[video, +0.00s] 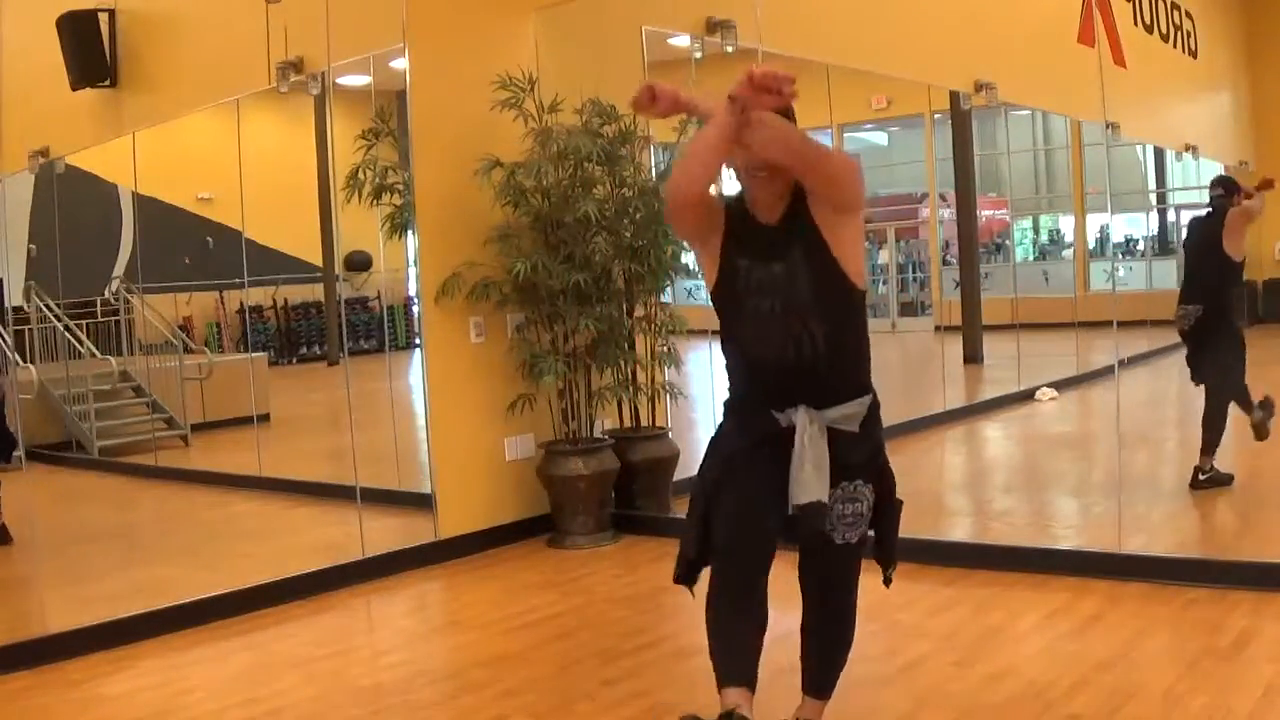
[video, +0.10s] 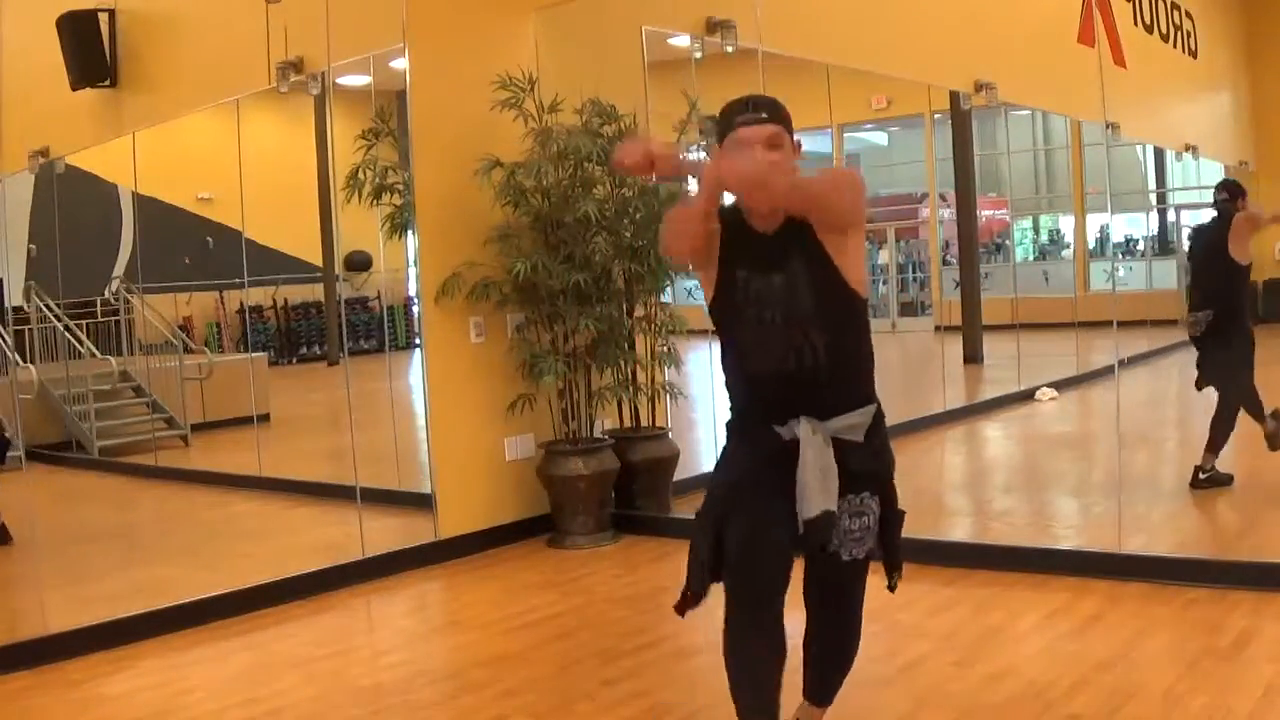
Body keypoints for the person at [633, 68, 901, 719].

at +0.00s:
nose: (752, 138)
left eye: (764, 128)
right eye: (741, 128)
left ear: (792, 136)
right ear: (727, 141)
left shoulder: (837, 200)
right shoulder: (714, 226)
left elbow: (774, 138)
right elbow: (683, 192)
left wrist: (694, 103)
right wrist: (738, 104)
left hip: (841, 425)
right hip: (753, 424)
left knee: (830, 580)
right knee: (736, 564)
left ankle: (812, 710)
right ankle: (735, 705)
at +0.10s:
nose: (762, 159)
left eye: (774, 145)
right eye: (744, 148)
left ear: (797, 153)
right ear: (719, 160)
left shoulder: (840, 199)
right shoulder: (710, 232)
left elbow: (771, 186)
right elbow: (678, 241)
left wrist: (675, 161)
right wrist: (708, 173)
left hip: (848, 438)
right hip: (760, 442)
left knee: (836, 599)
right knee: (750, 599)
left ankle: (813, 710)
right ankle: (757, 716)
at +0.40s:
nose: (719, 146)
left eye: (732, 133)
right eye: (698, 142)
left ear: (761, 156)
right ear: (683, 179)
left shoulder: (835, 244)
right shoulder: (675, 276)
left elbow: (916, 333)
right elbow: (663, 373)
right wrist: (649, 454)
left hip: (840, 481)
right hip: (745, 484)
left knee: (833, 641)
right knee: (756, 657)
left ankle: (817, 709)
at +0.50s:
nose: (703, 138)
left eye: (718, 124)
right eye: (683, 134)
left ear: (750, 145)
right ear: (669, 169)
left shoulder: (830, 225)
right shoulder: (665, 254)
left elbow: (927, 251)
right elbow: (663, 309)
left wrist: (971, 292)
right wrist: (654, 335)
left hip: (831, 474)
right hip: (738, 476)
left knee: (828, 644)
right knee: (750, 661)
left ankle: (832, 706)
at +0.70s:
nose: (687, 128)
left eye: (705, 110)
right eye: (668, 119)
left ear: (742, 129)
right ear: (653, 150)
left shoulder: (819, 218)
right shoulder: (651, 233)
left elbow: (924, 246)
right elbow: (669, 287)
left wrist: (996, 286)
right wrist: (653, 311)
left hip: (825, 481)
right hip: (728, 478)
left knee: (836, 675)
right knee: (748, 681)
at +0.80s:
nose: (685, 126)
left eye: (702, 109)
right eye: (665, 118)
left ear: (738, 130)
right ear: (648, 150)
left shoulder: (810, 230)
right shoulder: (648, 244)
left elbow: (917, 324)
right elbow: (646, 331)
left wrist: (986, 430)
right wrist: (632, 414)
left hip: (823, 492)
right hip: (720, 493)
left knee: (837, 694)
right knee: (744, 693)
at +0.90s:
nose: (689, 134)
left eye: (707, 116)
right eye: (669, 124)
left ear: (743, 134)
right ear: (653, 153)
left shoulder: (814, 240)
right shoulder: (651, 258)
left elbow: (863, 401)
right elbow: (629, 394)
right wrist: (598, 513)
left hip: (813, 501)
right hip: (712, 500)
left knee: (820, 702)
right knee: (728, 693)